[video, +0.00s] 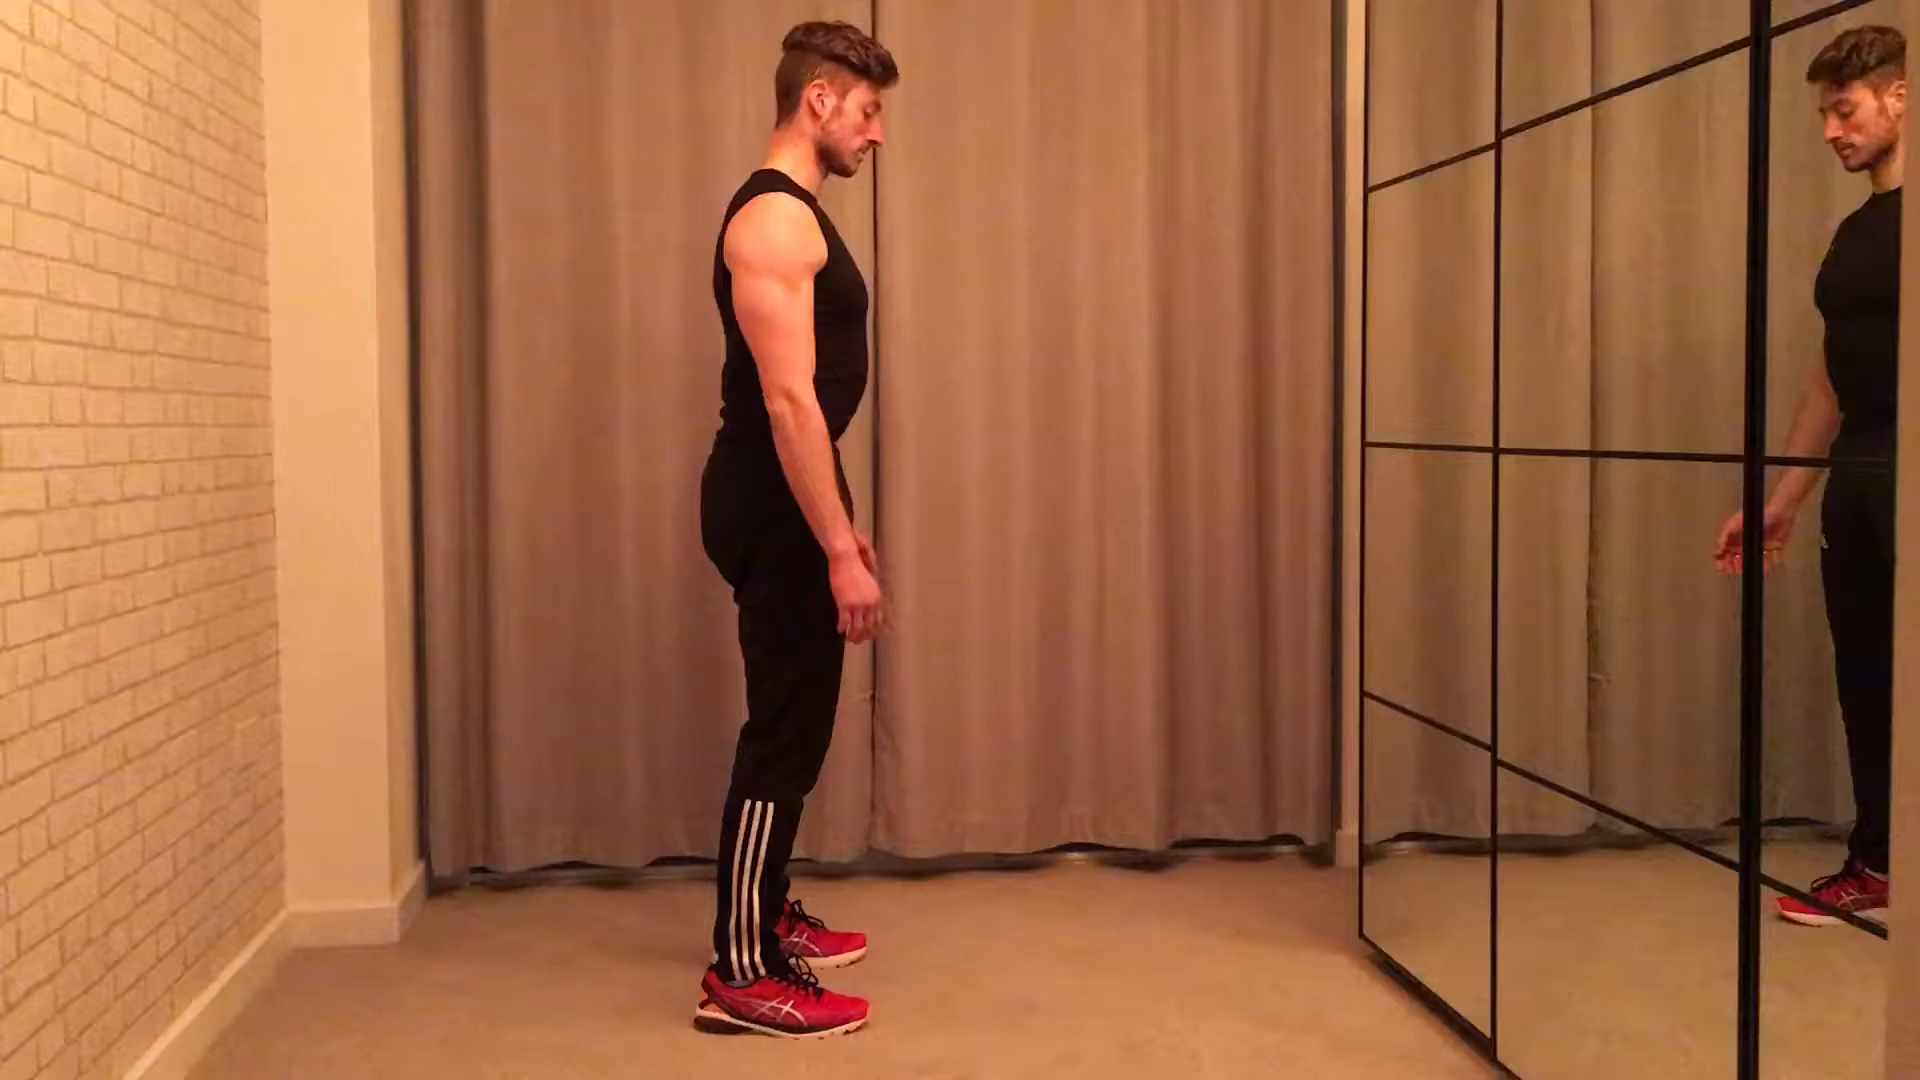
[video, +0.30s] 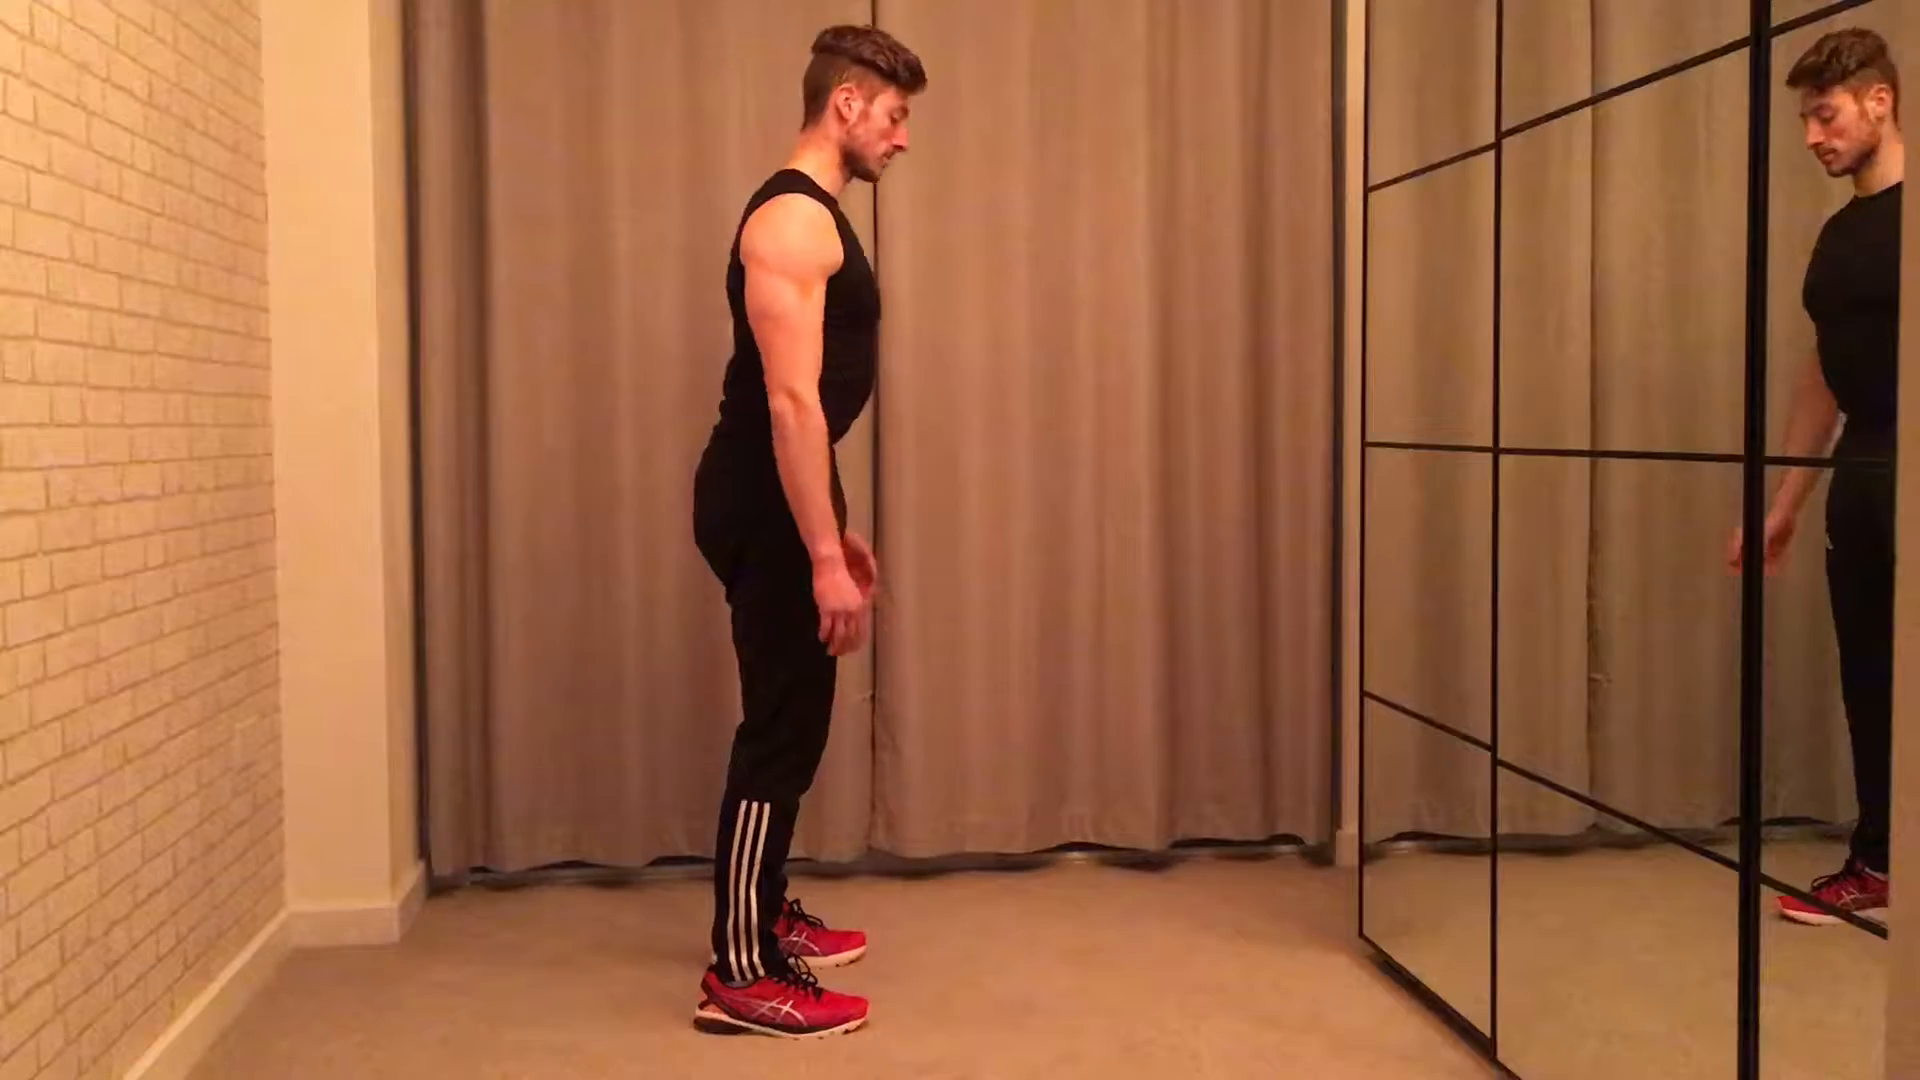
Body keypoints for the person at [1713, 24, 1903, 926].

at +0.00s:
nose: (1833, 131)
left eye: (1848, 110)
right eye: (1827, 115)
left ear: (1897, 103)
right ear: (1839, 119)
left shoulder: (1902, 216)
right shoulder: (1859, 229)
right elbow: (1832, 382)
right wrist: (1781, 501)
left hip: (1895, 483)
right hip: (1857, 482)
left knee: (1888, 680)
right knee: (1864, 680)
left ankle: (1882, 867)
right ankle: (1872, 865)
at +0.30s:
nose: (1814, 136)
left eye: (1827, 115)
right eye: (1808, 119)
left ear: (1882, 102)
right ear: (1824, 118)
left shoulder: (1906, 214)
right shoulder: (1841, 230)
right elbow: (1824, 382)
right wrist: (1783, 505)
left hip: (1901, 471)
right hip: (1863, 471)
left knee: (1892, 677)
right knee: (1867, 676)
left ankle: (1884, 867)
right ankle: (1872, 863)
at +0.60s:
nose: (1698, 255)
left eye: (1705, 233)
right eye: (1689, 242)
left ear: (1766, 201)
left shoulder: (1874, 292)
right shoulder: (1765, 319)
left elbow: (1908, 443)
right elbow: (1775, 453)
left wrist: (1904, 597)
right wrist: (1771, 572)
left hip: (1914, 496)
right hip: (1888, 493)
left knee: (1882, 678)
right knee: (1855, 671)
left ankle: (1887, 867)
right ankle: (1876, 865)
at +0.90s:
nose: (1640, 566)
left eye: (1644, 545)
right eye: (1631, 551)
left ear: (1687, 513)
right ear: (1683, 518)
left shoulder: (1824, 555)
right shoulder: (1702, 568)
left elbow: (1839, 747)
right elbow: (1646, 696)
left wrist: (1815, 895)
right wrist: (1622, 820)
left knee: (1884, 722)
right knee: (1787, 701)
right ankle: (1873, 867)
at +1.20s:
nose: (1654, 724)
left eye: (1643, 715)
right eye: (1639, 722)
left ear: (1659, 671)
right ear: (1659, 659)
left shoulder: (1773, 630)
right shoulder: (1670, 615)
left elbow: (1797, 820)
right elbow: (1628, 772)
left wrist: (1784, 975)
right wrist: (1602, 897)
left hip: (1892, 441)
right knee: (1865, 668)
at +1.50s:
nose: (1535, 718)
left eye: (1527, 705)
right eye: (1524, 711)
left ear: (1549, 662)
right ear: (1548, 657)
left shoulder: (1678, 650)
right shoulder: (1603, 641)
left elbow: (1768, 826)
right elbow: (1582, 783)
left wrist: (1781, 980)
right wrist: (1600, 905)